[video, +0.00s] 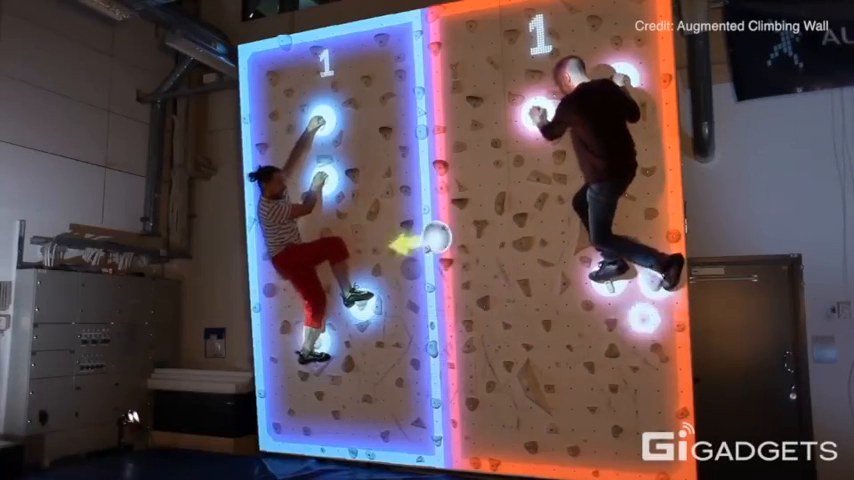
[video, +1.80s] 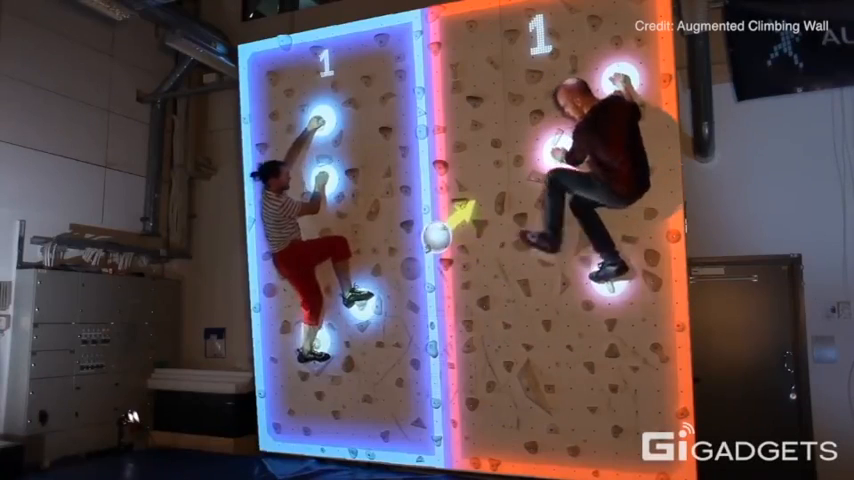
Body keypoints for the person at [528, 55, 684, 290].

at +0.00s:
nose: (559, 87)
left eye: (559, 81)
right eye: (558, 82)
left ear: (567, 78)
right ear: (583, 72)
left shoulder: (570, 103)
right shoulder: (607, 88)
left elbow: (551, 134)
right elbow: (634, 114)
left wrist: (540, 122)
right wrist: (623, 89)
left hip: (603, 177)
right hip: (626, 167)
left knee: (601, 238)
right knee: (580, 202)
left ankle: (665, 263)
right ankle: (612, 261)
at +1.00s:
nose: (557, 120)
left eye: (556, 114)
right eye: (554, 116)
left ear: (567, 107)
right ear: (577, 98)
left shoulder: (578, 133)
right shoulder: (607, 104)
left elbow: (574, 166)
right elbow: (636, 114)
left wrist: (561, 155)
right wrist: (629, 94)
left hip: (623, 192)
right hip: (641, 175)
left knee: (596, 243)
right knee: (584, 202)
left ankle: (659, 278)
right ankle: (613, 262)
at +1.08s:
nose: (559, 123)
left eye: (557, 117)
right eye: (556, 119)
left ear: (565, 111)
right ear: (577, 99)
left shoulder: (580, 135)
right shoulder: (608, 107)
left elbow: (574, 166)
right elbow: (636, 114)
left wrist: (562, 158)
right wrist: (628, 93)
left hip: (626, 192)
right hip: (644, 175)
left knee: (589, 238)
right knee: (584, 203)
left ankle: (647, 274)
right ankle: (613, 263)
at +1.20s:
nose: (562, 124)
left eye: (560, 118)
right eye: (559, 120)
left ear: (571, 111)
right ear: (581, 103)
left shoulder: (583, 137)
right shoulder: (612, 109)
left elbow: (577, 166)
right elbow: (638, 112)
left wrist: (564, 159)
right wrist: (624, 90)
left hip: (628, 195)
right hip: (648, 180)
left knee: (569, 219)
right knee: (584, 202)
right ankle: (613, 259)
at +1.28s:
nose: (564, 122)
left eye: (563, 116)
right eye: (561, 118)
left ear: (574, 109)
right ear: (584, 102)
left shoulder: (585, 136)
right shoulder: (614, 108)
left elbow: (578, 164)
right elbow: (639, 113)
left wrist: (564, 158)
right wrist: (628, 94)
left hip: (626, 196)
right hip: (648, 182)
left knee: (564, 202)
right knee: (583, 200)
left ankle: (596, 259)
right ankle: (611, 260)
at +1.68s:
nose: (566, 113)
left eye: (565, 107)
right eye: (563, 108)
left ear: (578, 101)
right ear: (588, 94)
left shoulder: (585, 129)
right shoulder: (618, 102)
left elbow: (575, 159)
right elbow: (637, 114)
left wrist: (562, 155)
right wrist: (628, 94)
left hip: (621, 194)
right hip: (644, 182)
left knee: (560, 186)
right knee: (578, 198)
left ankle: (584, 245)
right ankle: (613, 262)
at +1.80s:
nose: (566, 113)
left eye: (565, 107)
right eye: (563, 108)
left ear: (578, 101)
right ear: (587, 94)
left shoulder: (585, 129)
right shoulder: (618, 102)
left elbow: (575, 159)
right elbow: (637, 114)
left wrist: (562, 155)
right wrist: (628, 96)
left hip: (618, 192)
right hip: (641, 183)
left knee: (556, 178)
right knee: (580, 203)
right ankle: (612, 261)